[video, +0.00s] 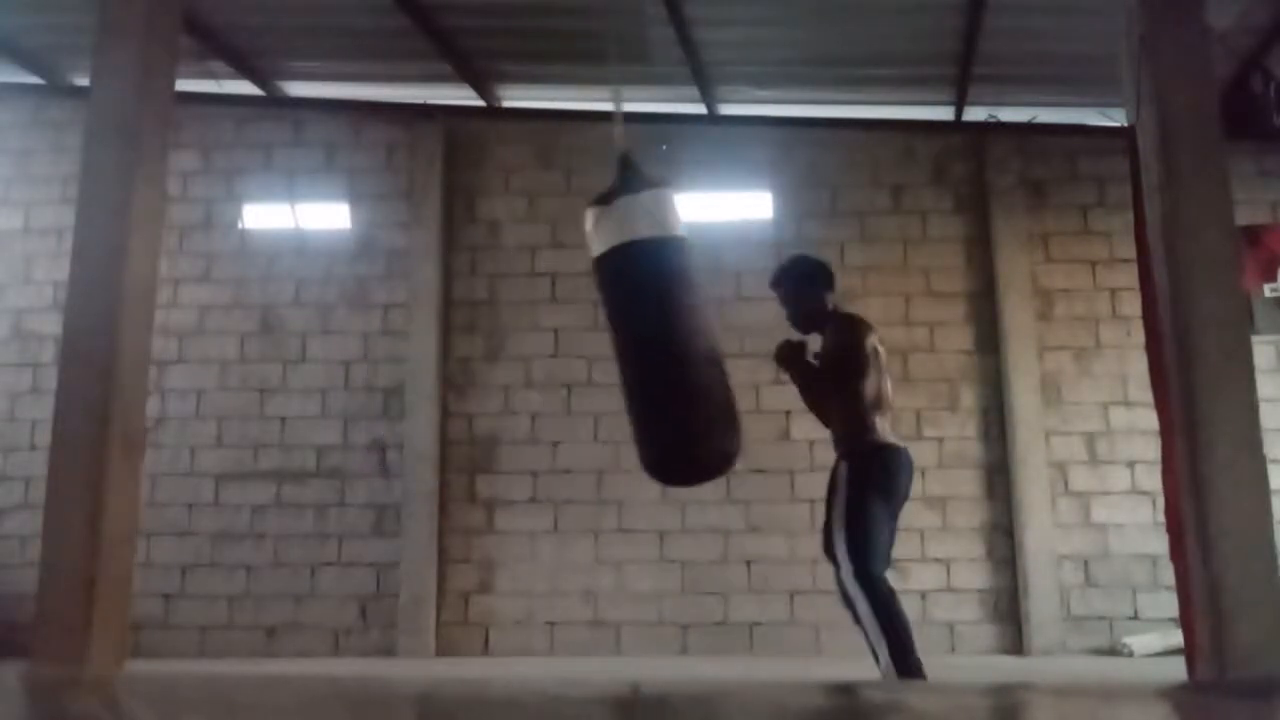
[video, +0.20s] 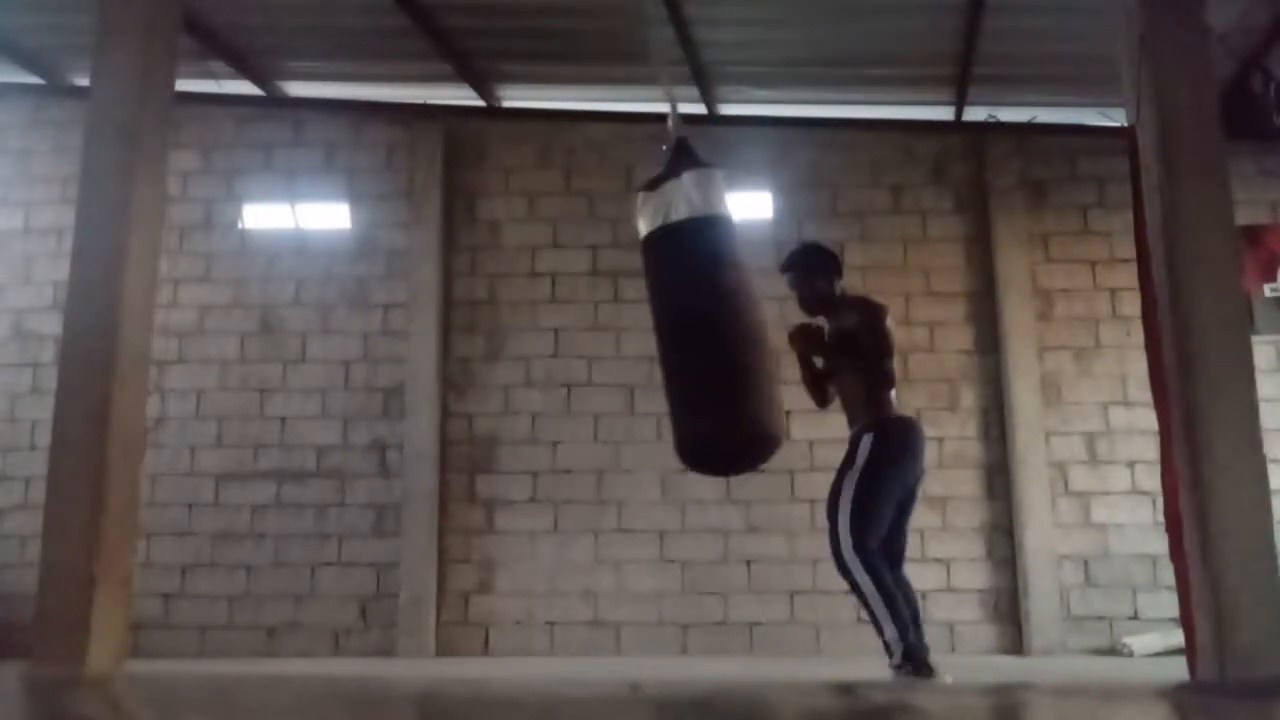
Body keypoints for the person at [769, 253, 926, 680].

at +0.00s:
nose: (785, 313)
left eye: (789, 301)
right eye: (782, 302)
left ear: (815, 294)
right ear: (820, 297)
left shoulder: (845, 331)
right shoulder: (852, 335)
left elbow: (837, 411)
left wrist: (797, 366)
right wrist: (806, 371)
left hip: (867, 463)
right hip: (885, 461)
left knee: (856, 573)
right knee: (867, 572)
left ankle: (905, 683)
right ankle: (907, 680)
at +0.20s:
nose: (796, 295)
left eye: (800, 283)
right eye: (792, 285)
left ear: (824, 279)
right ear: (819, 283)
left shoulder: (861, 311)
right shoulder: (828, 327)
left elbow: (877, 363)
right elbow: (821, 397)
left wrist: (823, 346)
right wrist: (805, 353)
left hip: (879, 439)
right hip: (900, 439)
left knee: (851, 548)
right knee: (885, 557)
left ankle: (908, 661)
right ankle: (917, 661)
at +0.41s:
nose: (806, 318)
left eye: (810, 308)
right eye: (803, 309)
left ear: (834, 308)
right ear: (825, 310)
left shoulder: (869, 340)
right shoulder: (845, 356)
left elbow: (882, 396)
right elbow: (829, 424)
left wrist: (823, 356)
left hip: (892, 472)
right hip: (907, 472)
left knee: (847, 579)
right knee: (884, 585)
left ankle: (918, 669)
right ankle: (933, 670)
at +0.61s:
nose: (795, 288)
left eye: (800, 279)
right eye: (792, 280)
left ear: (823, 277)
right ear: (814, 281)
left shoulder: (854, 310)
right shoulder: (831, 327)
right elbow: (822, 393)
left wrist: (806, 333)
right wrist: (793, 346)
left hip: (879, 437)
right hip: (891, 437)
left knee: (843, 544)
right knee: (892, 553)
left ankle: (894, 657)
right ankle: (939, 663)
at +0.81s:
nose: (781, 308)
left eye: (787, 298)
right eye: (779, 299)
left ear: (811, 299)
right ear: (794, 303)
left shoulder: (849, 336)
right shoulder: (806, 351)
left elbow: (876, 399)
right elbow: (790, 417)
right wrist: (775, 368)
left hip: (874, 465)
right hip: (867, 467)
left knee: (846, 569)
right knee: (893, 580)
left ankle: (824, 675)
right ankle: (958, 673)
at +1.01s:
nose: (749, 310)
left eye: (755, 300)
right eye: (747, 301)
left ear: (778, 299)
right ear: (761, 302)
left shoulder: (814, 332)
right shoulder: (773, 350)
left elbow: (828, 375)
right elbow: (767, 416)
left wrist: (774, 348)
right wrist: (742, 377)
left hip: (842, 464)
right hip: (850, 464)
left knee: (791, 570)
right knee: (854, 576)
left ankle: (800, 685)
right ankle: (945, 670)